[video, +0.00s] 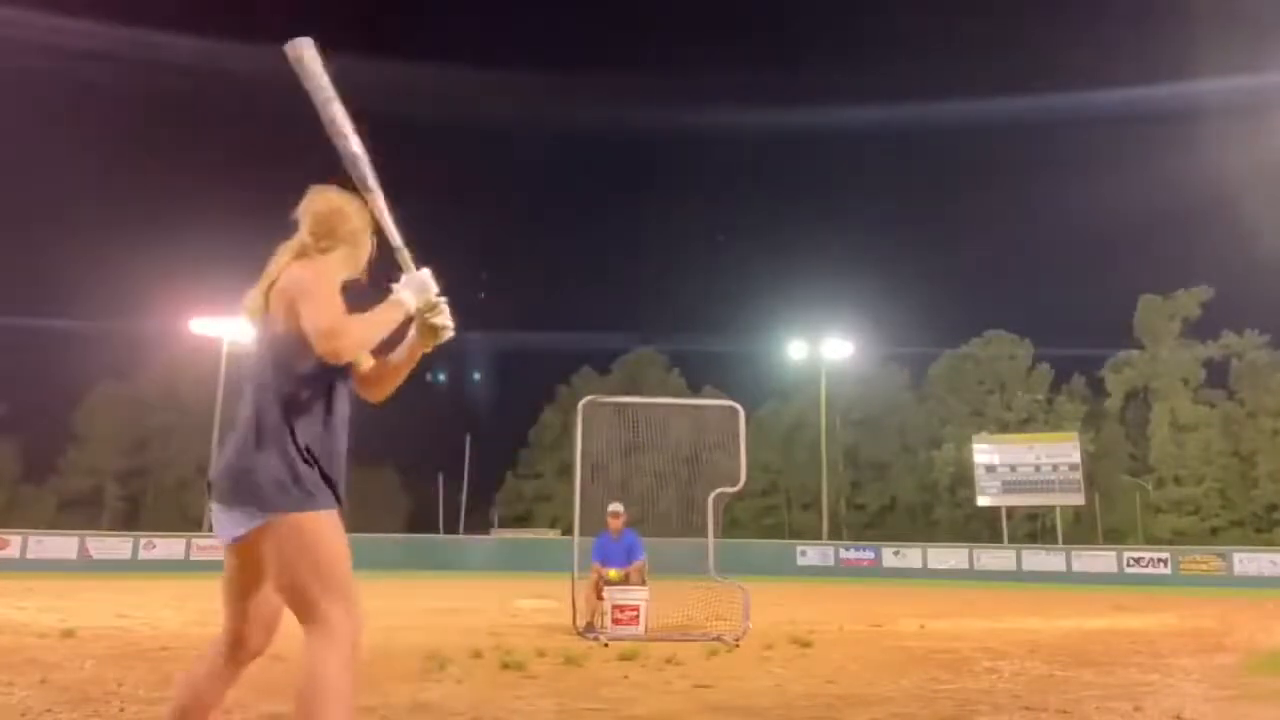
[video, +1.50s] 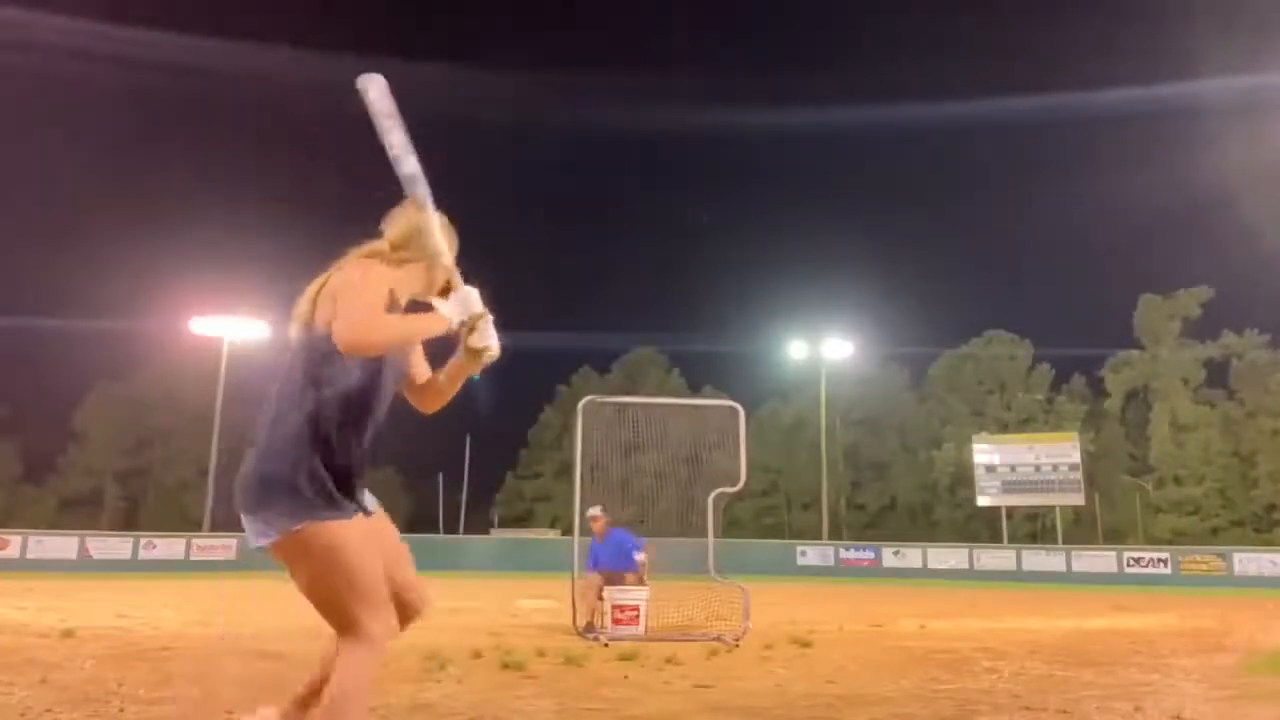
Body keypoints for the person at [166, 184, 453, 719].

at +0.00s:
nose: (369, 254)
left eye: (370, 243)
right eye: (367, 242)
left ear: (311, 231)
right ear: (352, 236)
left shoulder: (294, 285)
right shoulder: (310, 274)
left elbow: (373, 386)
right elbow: (334, 342)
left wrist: (417, 342)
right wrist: (401, 300)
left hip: (249, 476)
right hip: (284, 477)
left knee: (243, 638)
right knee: (335, 624)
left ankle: (179, 713)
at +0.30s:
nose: (372, 257)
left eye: (373, 246)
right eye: (370, 244)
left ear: (315, 233)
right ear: (353, 237)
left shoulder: (311, 293)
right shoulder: (305, 273)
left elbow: (376, 384)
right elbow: (333, 337)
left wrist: (416, 334)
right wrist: (398, 293)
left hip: (250, 475)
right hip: (278, 476)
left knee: (244, 638)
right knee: (336, 625)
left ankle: (177, 713)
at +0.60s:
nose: (372, 259)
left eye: (373, 250)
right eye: (370, 247)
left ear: (316, 234)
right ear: (354, 236)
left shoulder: (318, 296)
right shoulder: (302, 270)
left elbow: (385, 379)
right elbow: (330, 333)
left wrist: (416, 323)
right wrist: (388, 282)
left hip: (248, 476)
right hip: (275, 476)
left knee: (245, 640)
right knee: (339, 626)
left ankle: (177, 714)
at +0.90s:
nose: (370, 266)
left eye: (371, 259)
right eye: (368, 256)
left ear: (316, 237)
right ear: (354, 244)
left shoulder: (317, 296)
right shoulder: (305, 272)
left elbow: (392, 375)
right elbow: (335, 335)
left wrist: (419, 313)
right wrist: (385, 284)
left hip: (247, 475)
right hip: (274, 475)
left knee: (247, 640)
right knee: (341, 627)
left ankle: (177, 714)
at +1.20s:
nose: (398, 266)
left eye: (401, 258)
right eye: (398, 255)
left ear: (343, 234)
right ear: (388, 247)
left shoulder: (338, 292)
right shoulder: (336, 269)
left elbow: (413, 379)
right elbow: (353, 337)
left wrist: (445, 319)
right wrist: (411, 293)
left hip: (261, 476)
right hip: (286, 477)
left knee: (248, 638)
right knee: (351, 630)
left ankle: (176, 714)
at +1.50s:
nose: (442, 286)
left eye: (446, 277)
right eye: (443, 272)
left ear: (406, 255)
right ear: (426, 257)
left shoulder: (396, 315)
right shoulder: (362, 272)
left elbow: (427, 398)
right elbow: (353, 335)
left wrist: (468, 358)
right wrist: (446, 318)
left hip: (335, 484)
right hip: (289, 485)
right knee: (369, 629)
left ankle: (298, 709)